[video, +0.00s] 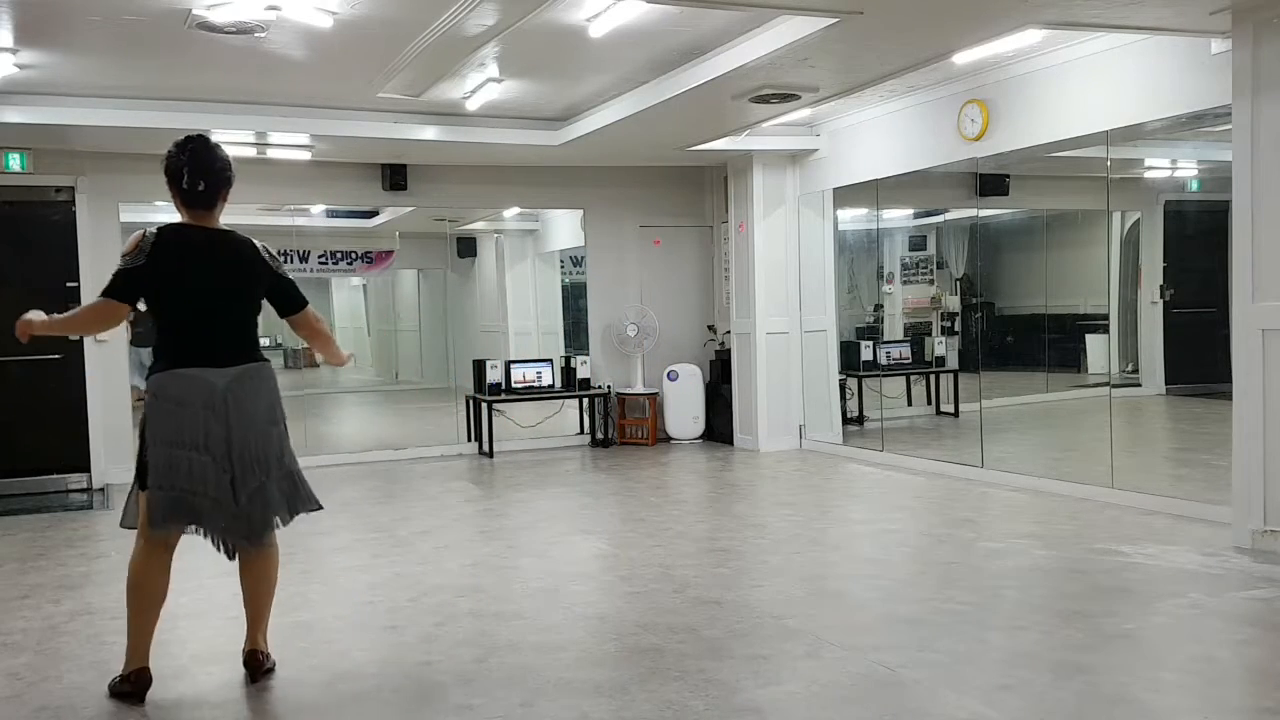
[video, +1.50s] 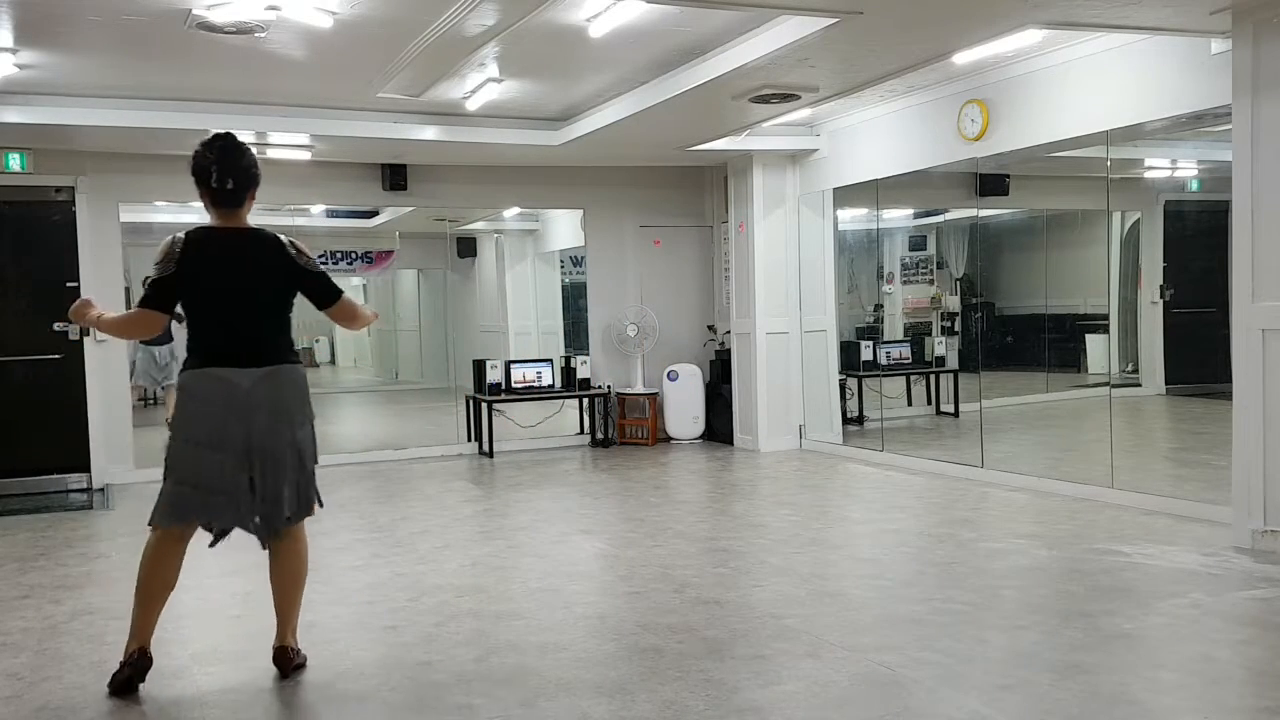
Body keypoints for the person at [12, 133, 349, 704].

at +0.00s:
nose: (182, 192)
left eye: (173, 183)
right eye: (209, 183)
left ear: (172, 190)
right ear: (226, 190)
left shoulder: (155, 248)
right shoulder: (249, 253)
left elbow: (108, 313)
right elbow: (307, 322)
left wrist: (46, 324)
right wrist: (334, 353)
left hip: (176, 392)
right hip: (249, 392)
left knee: (157, 535)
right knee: (256, 523)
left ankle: (136, 668)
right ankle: (257, 648)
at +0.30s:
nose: (181, 196)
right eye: (183, 188)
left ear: (126, 190)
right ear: (182, 192)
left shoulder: (97, 247)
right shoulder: (201, 254)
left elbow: (58, 325)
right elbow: (255, 318)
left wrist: (43, 295)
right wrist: (330, 349)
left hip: (121, 396)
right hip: (196, 394)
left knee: (125, 531)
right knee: (221, 517)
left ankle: (134, 671)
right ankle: (246, 639)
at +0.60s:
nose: (159, 197)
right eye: (160, 190)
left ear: (103, 195)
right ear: (160, 196)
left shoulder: (83, 256)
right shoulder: (179, 257)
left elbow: (77, 335)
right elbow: (236, 315)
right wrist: (322, 323)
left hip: (97, 397)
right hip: (170, 398)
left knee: (104, 532)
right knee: (156, 515)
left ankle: (132, 669)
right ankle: (158, 627)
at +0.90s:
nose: (163, 197)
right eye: (166, 189)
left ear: (111, 194)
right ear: (167, 194)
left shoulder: (87, 255)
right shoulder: (185, 256)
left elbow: (64, 338)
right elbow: (238, 315)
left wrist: (92, 328)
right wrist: (321, 325)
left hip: (106, 399)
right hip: (181, 397)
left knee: (117, 536)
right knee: (199, 514)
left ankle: (134, 670)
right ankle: (222, 621)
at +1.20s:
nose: (183, 194)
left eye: (160, 186)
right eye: (195, 185)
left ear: (149, 192)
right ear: (205, 191)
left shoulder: (129, 254)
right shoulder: (231, 255)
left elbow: (83, 328)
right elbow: (289, 319)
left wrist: (54, 308)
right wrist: (347, 320)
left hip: (153, 404)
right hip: (228, 402)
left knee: (146, 533)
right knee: (257, 524)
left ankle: (136, 666)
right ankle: (284, 645)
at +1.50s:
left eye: (206, 184)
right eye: (246, 183)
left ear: (200, 191)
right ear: (255, 189)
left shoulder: (184, 250)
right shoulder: (282, 250)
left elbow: (150, 323)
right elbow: (347, 315)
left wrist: (96, 319)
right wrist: (366, 315)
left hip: (205, 393)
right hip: (280, 391)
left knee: (173, 519)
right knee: (286, 516)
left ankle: (137, 649)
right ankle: (287, 644)